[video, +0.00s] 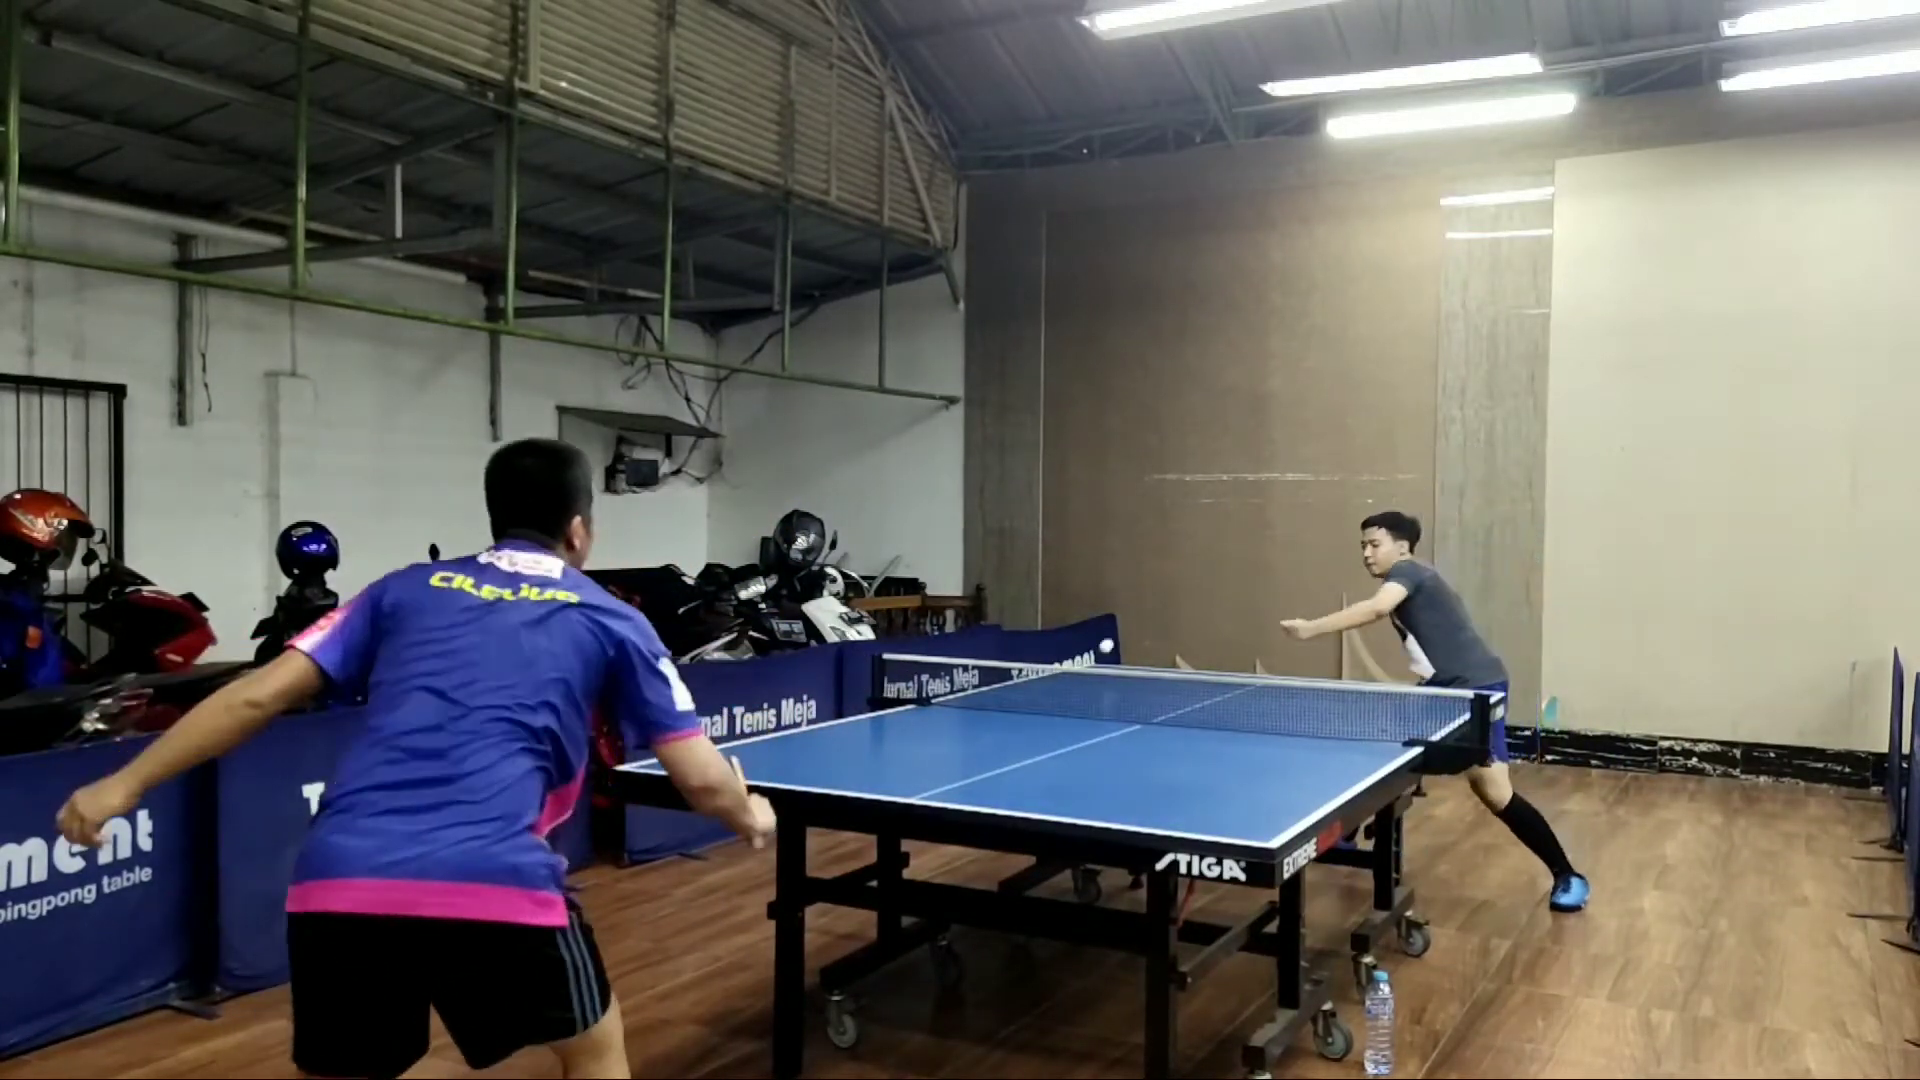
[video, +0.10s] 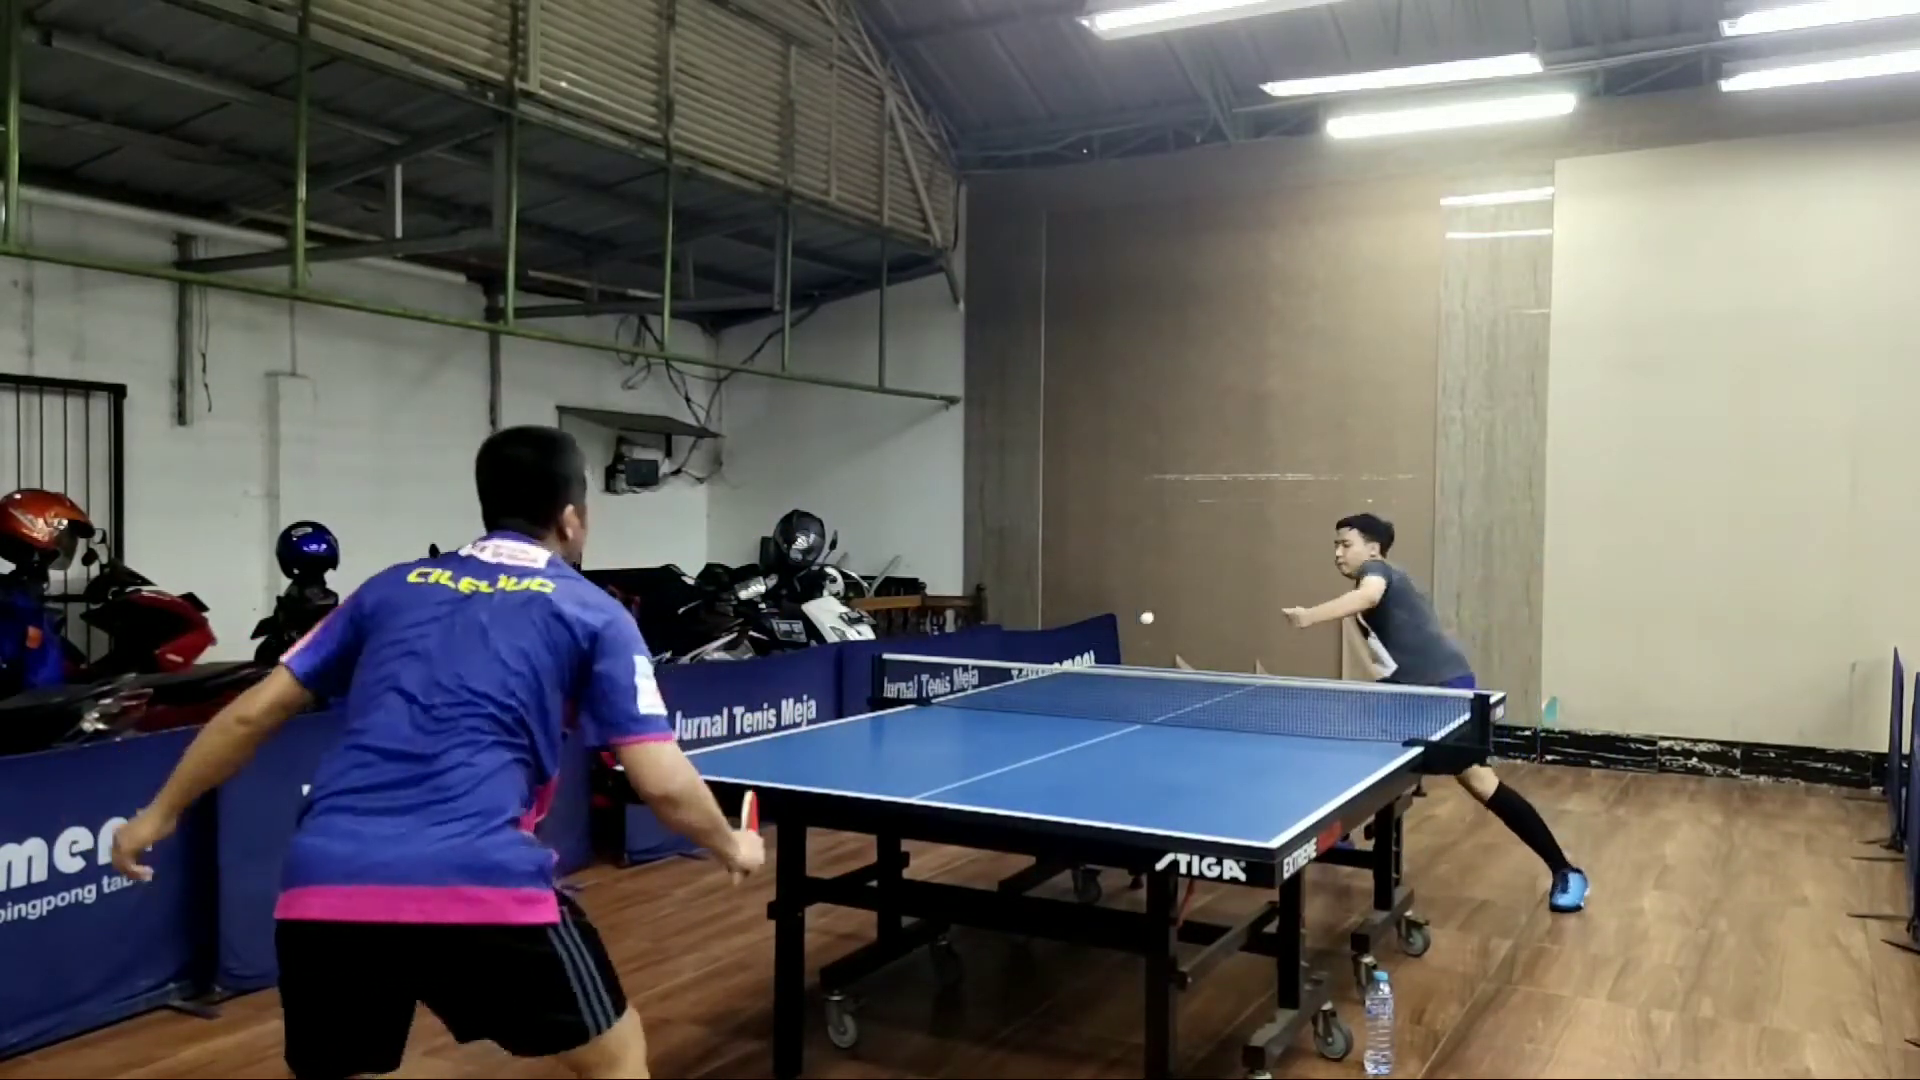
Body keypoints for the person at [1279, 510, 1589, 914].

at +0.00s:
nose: (1366, 552)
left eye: (1373, 543)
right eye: (1364, 545)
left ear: (1402, 545)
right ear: (1396, 548)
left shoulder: (1408, 571)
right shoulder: (1408, 577)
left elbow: (1376, 610)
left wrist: (1312, 626)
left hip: (1478, 689)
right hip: (1441, 689)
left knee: (1494, 792)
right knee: (1384, 750)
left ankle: (1566, 877)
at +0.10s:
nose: (1337, 553)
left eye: (1345, 545)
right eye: (1336, 546)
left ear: (1373, 546)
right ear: (1372, 549)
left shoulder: (1377, 570)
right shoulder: (1383, 580)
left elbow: (1366, 597)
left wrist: (1309, 616)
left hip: (1446, 688)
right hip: (1407, 690)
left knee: (1478, 781)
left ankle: (1564, 873)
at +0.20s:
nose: (1317, 527)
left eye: (1326, 519)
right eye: (1317, 520)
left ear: (1354, 525)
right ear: (1332, 530)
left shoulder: (1374, 551)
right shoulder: (1337, 579)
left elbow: (1388, 586)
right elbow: (1359, 647)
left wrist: (1343, 598)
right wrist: (1331, 665)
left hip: (1425, 666)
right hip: (1378, 673)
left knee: (1470, 755)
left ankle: (1531, 849)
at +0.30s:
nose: (1319, 514)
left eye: (1327, 505)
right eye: (1316, 507)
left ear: (1355, 508)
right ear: (1316, 514)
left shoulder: (1384, 548)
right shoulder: (1311, 561)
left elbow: (1417, 590)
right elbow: (1263, 582)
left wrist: (1406, 572)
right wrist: (1256, 549)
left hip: (1403, 655)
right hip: (1350, 664)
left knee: (1449, 687)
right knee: (1301, 716)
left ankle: (1479, 801)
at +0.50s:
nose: (1318, 513)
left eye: (1327, 505)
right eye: (1314, 506)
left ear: (1353, 510)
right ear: (1311, 511)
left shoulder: (1375, 562)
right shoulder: (1303, 551)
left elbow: (1420, 607)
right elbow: (1303, 575)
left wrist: (1473, 615)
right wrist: (1360, 546)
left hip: (1362, 659)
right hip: (1308, 664)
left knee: (1432, 682)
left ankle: (1471, 791)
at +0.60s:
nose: (1325, 510)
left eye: (1334, 502)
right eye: (1319, 504)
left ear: (1354, 508)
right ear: (1313, 510)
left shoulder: (1376, 558)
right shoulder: (1302, 554)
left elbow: (1404, 610)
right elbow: (1289, 599)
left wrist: (1436, 659)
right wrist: (1336, 582)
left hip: (1376, 668)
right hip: (1316, 671)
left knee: (1430, 730)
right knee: (1288, 742)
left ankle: (1465, 823)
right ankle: (1282, 835)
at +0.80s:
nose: (1333, 503)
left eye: (1342, 495)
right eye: (1326, 497)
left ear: (1363, 501)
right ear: (1320, 506)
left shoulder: (1387, 540)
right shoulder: (1321, 556)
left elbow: (1423, 590)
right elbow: (1312, 607)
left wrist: (1394, 638)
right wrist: (1303, 624)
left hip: (1407, 659)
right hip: (1354, 658)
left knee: (1437, 743)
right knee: (1312, 716)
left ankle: (1464, 840)